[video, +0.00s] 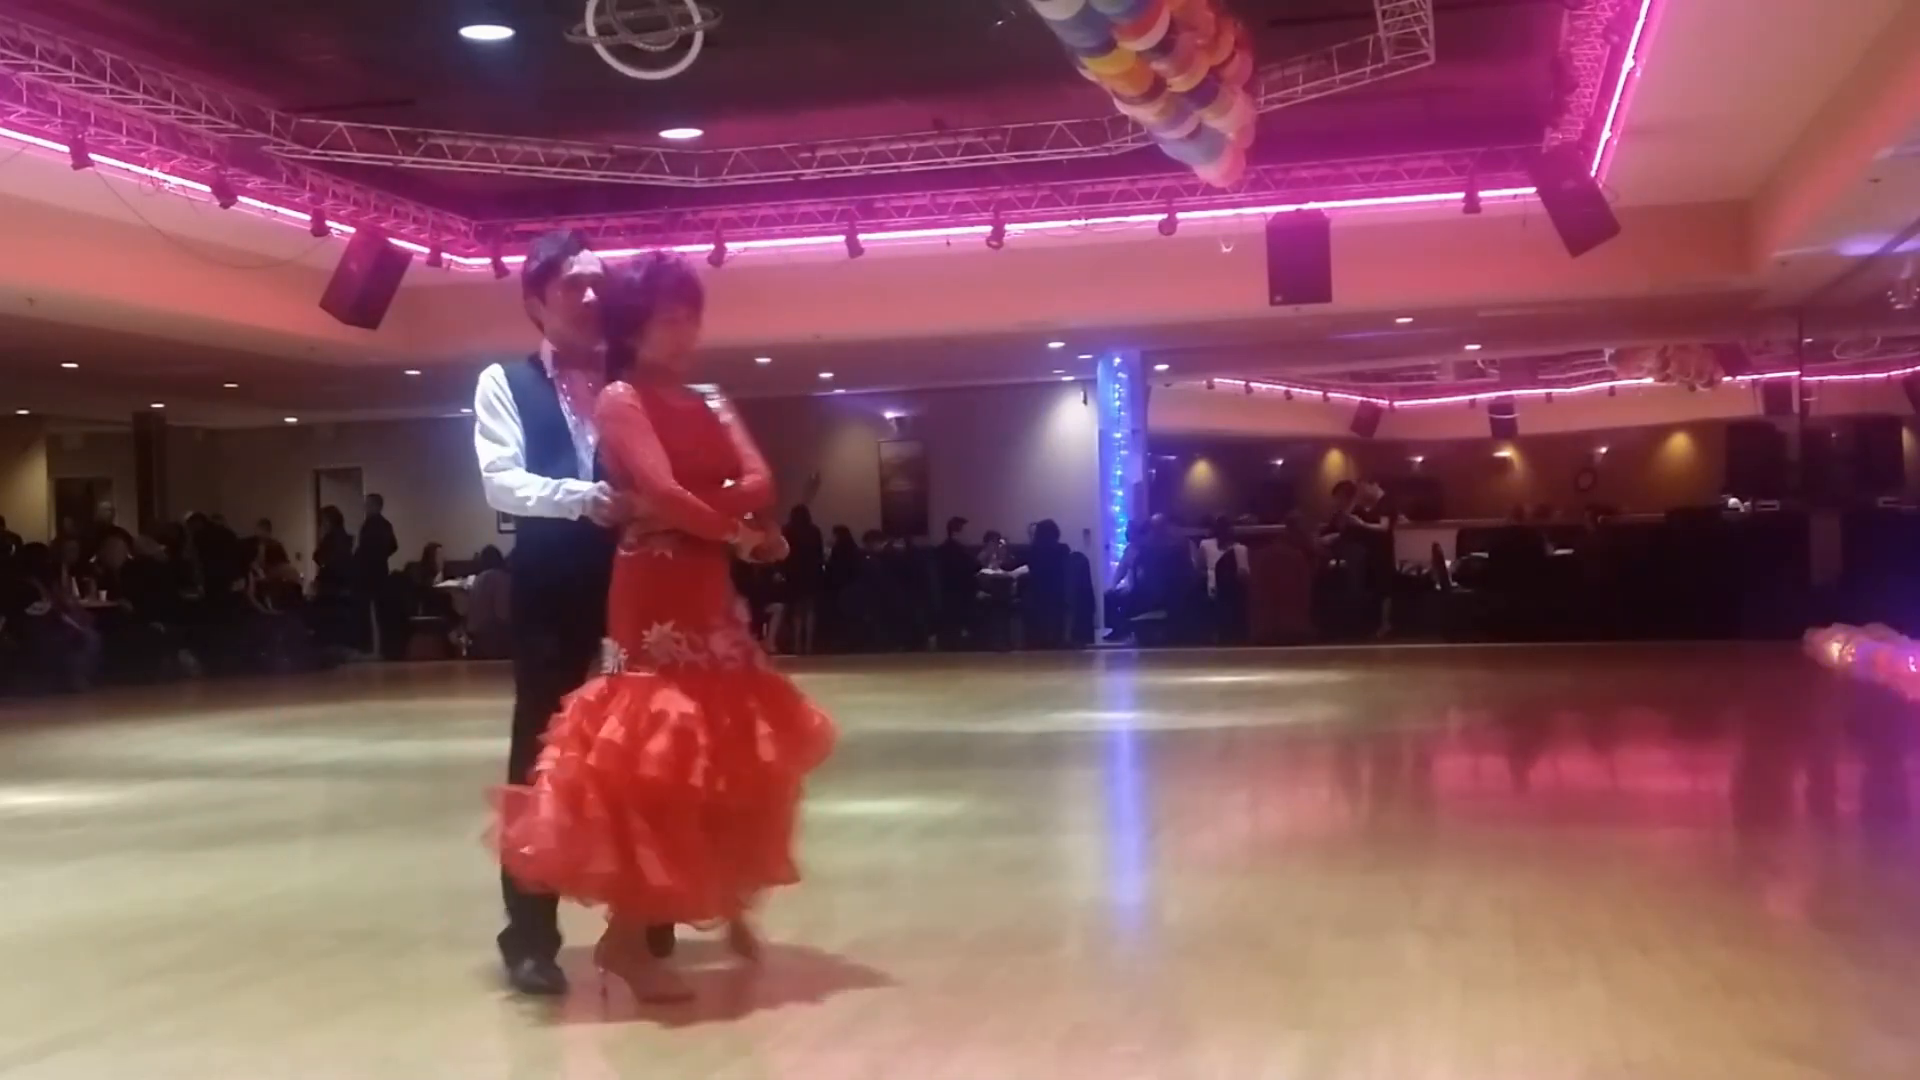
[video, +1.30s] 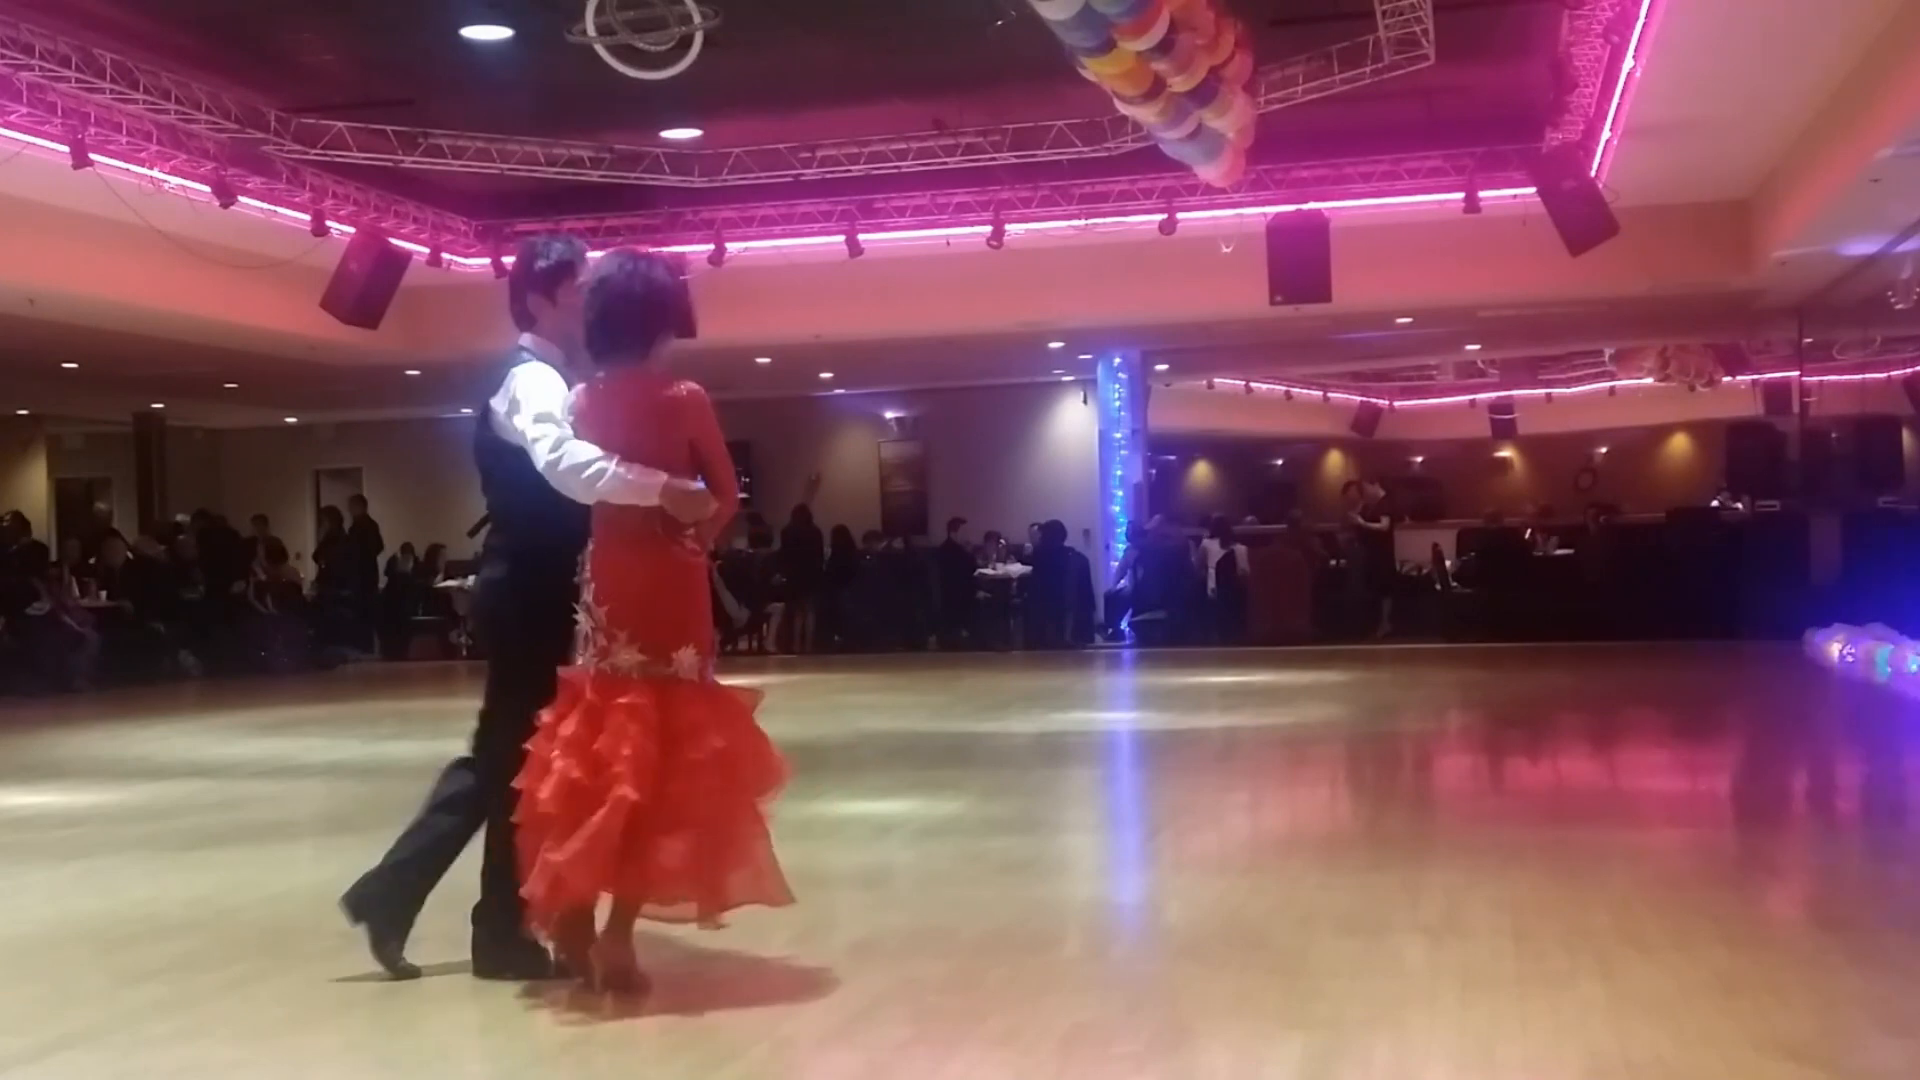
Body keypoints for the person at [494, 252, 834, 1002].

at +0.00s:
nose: (687, 331)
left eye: (692, 316)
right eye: (671, 318)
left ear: (699, 322)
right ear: (633, 326)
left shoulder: (711, 402)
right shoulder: (620, 403)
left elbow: (760, 483)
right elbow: (665, 496)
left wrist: (682, 509)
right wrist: (743, 531)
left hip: (711, 590)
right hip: (651, 594)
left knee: (728, 750)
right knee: (664, 761)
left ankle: (727, 896)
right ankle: (628, 935)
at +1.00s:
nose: (710, 331)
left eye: (706, 316)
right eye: (700, 318)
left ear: (638, 329)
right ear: (670, 324)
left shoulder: (646, 396)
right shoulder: (673, 394)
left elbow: (686, 484)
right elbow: (740, 484)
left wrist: (720, 522)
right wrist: (726, 530)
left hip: (666, 580)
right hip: (681, 583)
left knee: (711, 751)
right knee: (673, 761)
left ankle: (709, 909)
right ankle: (616, 929)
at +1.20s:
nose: (693, 334)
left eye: (688, 322)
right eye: (687, 322)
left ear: (608, 328)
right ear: (671, 330)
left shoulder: (592, 408)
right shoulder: (689, 409)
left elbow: (593, 488)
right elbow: (735, 503)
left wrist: (680, 528)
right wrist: (703, 543)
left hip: (607, 571)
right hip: (671, 577)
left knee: (617, 744)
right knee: (668, 752)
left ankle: (599, 911)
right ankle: (610, 923)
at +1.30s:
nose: (685, 325)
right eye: (679, 313)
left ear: (594, 319)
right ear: (667, 321)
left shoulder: (581, 402)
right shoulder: (685, 399)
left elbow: (577, 482)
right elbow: (726, 493)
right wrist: (694, 545)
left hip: (604, 567)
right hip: (671, 569)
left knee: (598, 741)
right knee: (661, 747)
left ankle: (573, 898)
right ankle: (620, 931)